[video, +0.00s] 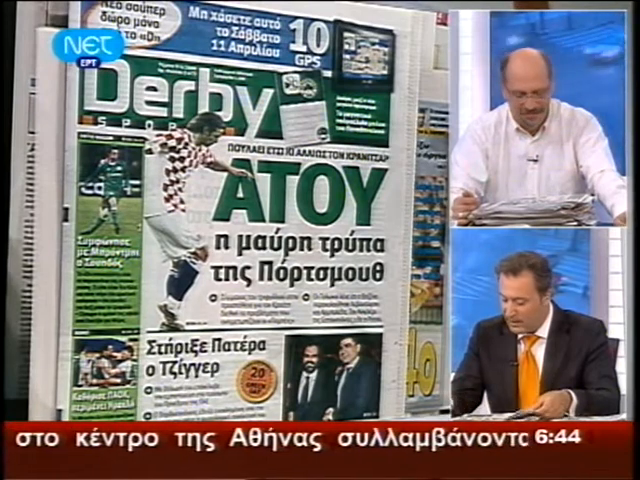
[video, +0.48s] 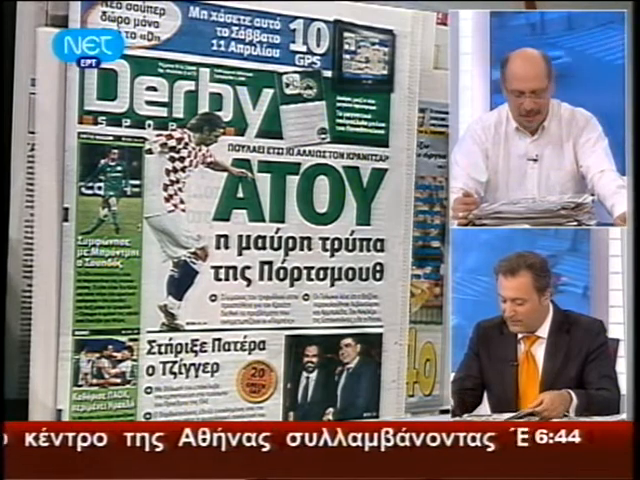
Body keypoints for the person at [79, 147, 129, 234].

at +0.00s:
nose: (115, 156)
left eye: (116, 154)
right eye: (113, 154)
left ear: (118, 155)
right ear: (109, 154)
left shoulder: (122, 165)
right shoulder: (104, 165)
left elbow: (126, 176)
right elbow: (95, 174)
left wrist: (127, 186)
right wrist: (85, 182)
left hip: (118, 190)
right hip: (108, 189)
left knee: (105, 213)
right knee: (113, 205)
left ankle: (91, 230)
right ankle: (116, 226)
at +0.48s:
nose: (115, 156)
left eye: (116, 154)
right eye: (113, 154)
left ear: (118, 155)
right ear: (109, 155)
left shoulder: (122, 165)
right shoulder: (104, 165)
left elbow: (126, 176)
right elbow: (95, 174)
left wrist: (128, 187)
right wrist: (85, 182)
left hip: (118, 190)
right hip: (108, 189)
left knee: (105, 213)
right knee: (113, 205)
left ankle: (91, 230)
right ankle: (116, 226)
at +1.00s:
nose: (115, 156)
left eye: (116, 154)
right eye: (113, 154)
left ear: (118, 155)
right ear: (109, 154)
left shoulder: (122, 165)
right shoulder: (104, 165)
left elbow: (126, 177)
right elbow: (95, 174)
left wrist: (127, 186)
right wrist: (85, 182)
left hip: (118, 190)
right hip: (108, 189)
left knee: (105, 213)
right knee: (113, 205)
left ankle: (91, 230)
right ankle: (116, 226)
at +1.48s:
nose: (115, 156)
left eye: (116, 154)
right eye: (113, 154)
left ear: (118, 155)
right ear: (109, 154)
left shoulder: (122, 165)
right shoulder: (104, 165)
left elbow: (126, 176)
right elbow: (95, 174)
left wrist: (127, 187)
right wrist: (85, 182)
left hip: (118, 190)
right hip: (108, 189)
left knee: (105, 213)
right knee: (113, 205)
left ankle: (91, 230)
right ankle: (116, 226)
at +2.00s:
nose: (115, 156)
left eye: (116, 154)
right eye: (113, 154)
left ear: (118, 155)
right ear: (109, 154)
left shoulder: (122, 165)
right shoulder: (104, 165)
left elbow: (126, 177)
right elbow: (95, 175)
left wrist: (127, 187)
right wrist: (85, 182)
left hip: (118, 190)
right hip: (108, 189)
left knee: (105, 213)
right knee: (113, 205)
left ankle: (91, 230)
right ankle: (116, 225)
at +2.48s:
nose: (115, 156)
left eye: (116, 154)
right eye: (113, 154)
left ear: (118, 155)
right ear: (109, 154)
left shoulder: (122, 165)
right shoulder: (104, 165)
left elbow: (126, 177)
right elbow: (95, 175)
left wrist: (127, 187)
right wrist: (85, 182)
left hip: (118, 190)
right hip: (108, 189)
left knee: (105, 213)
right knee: (113, 205)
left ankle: (91, 230)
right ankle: (116, 225)